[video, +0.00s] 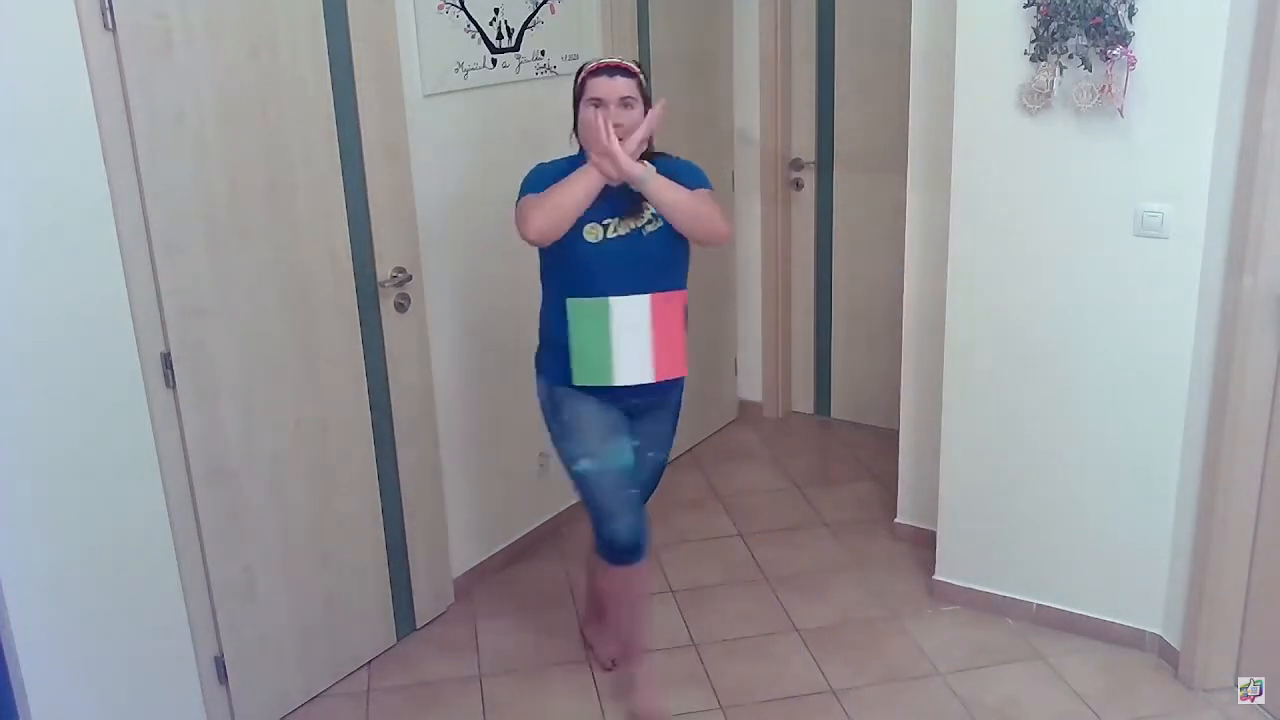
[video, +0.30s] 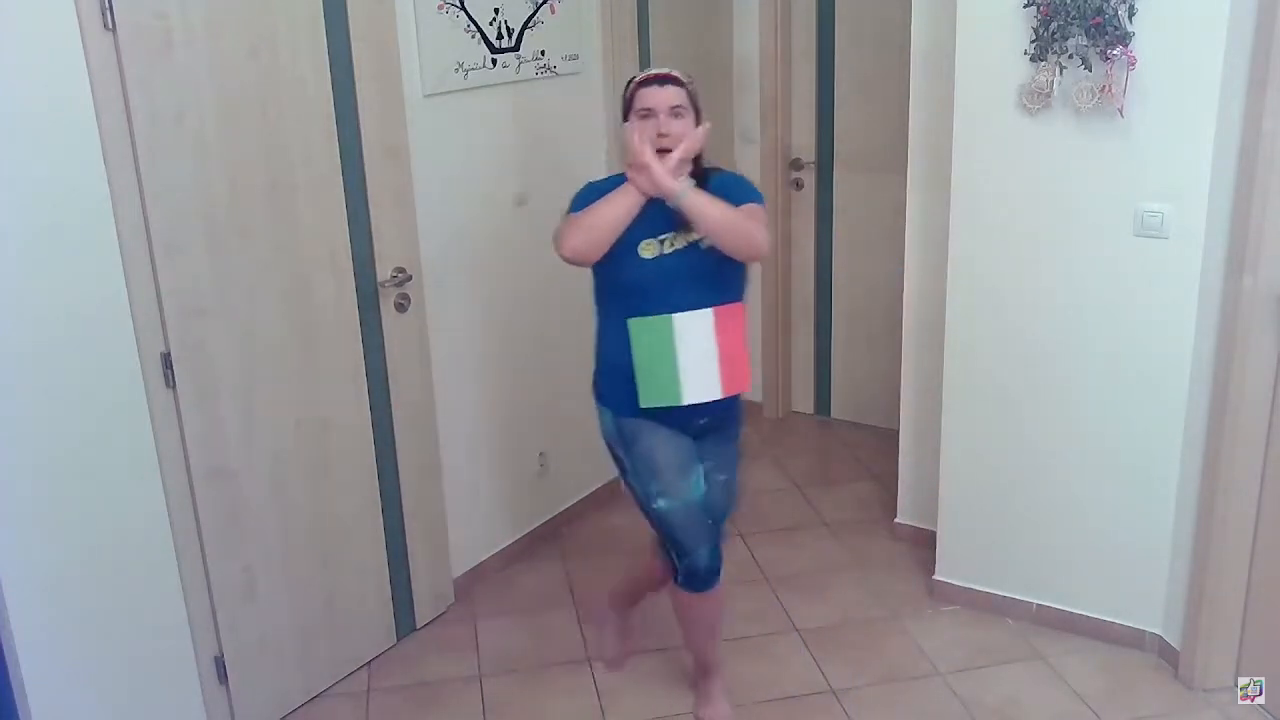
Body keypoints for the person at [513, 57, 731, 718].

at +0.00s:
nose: (611, 117)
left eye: (625, 105)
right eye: (596, 106)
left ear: (647, 114)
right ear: (577, 116)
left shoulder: (676, 173)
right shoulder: (552, 177)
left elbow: (715, 229)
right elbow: (536, 227)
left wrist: (634, 171)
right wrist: (606, 163)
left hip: (658, 382)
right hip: (575, 383)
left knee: (621, 521)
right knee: (625, 532)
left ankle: (598, 616)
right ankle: (635, 670)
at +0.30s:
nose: (661, 125)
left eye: (675, 114)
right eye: (645, 116)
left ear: (699, 127)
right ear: (626, 130)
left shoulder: (726, 188)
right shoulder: (603, 196)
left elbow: (756, 246)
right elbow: (575, 249)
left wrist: (674, 188)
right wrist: (645, 183)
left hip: (719, 401)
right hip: (638, 407)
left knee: (701, 540)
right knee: (698, 553)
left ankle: (618, 601)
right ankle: (709, 681)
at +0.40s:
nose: (678, 116)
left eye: (692, 105)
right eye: (662, 106)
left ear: (716, 120)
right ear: (642, 122)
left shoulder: (745, 179)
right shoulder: (621, 187)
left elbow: (779, 230)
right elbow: (594, 237)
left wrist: (695, 174)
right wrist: (664, 171)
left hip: (735, 397)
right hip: (651, 404)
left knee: (746, 542)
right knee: (699, 553)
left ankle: (681, 577)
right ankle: (709, 679)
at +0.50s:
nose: (707, 104)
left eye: (720, 93)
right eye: (690, 93)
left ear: (740, 106)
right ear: (667, 108)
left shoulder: (770, 166)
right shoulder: (641, 175)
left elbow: (812, 211)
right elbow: (623, 221)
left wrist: (729, 154)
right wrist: (701, 153)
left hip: (763, 393)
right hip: (672, 400)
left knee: (787, 541)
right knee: (703, 549)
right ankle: (710, 676)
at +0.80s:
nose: (786, 114)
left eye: (802, 102)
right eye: (771, 100)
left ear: (823, 117)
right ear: (744, 113)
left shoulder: (857, 179)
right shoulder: (720, 182)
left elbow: (915, 218)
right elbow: (709, 229)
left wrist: (814, 160)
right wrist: (796, 157)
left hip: (848, 418)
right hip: (752, 417)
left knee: (840, 584)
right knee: (743, 571)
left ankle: (846, 705)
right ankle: (739, 681)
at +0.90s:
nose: (824, 123)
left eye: (838, 110)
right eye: (808, 109)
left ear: (858, 124)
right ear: (781, 123)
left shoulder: (887, 192)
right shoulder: (755, 185)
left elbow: (957, 225)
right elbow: (746, 233)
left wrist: (859, 167)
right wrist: (834, 164)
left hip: (877, 425)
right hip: (784, 421)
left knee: (850, 599)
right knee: (774, 577)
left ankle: (842, 706)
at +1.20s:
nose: (902, 126)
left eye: (918, 113)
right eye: (886, 111)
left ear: (940, 129)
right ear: (860, 125)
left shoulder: (965, 203)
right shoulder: (827, 190)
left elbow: (1056, 233)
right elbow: (823, 240)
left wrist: (958, 183)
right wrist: (912, 180)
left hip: (954, 426)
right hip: (861, 425)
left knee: (904, 593)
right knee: (880, 575)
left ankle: (887, 707)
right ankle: (938, 655)